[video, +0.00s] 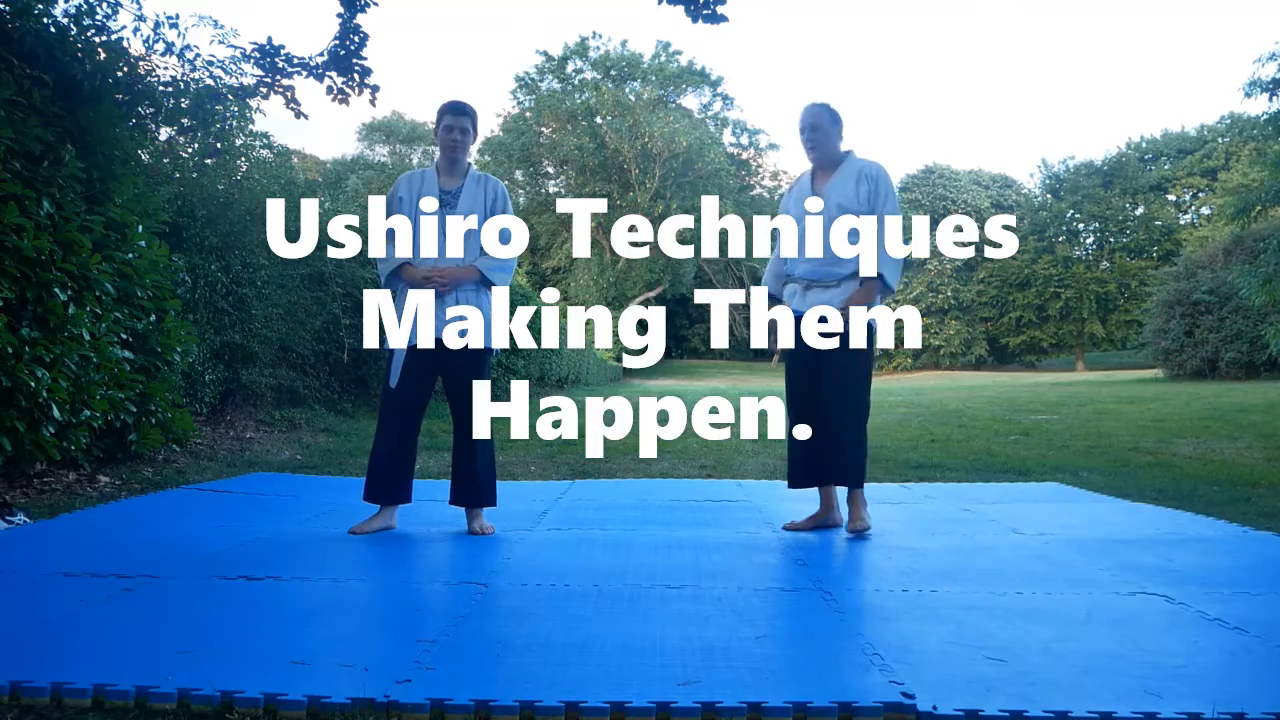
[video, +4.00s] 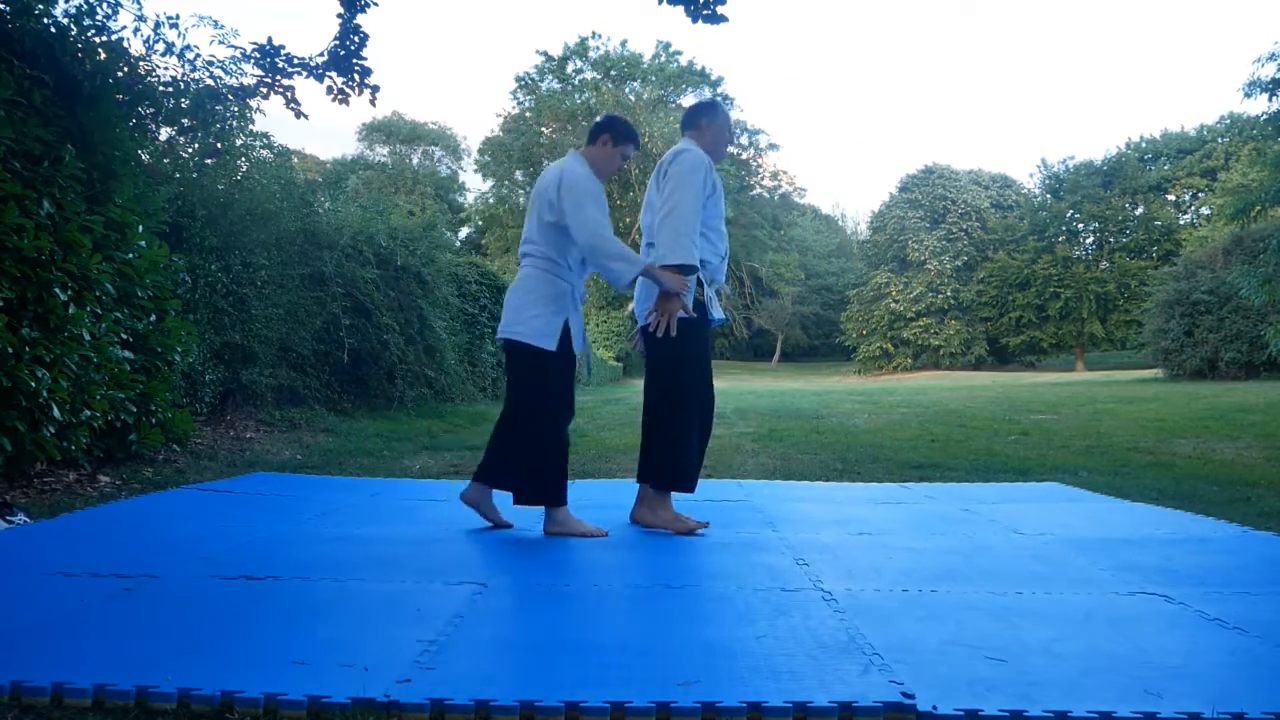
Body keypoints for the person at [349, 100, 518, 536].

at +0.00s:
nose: (456, 137)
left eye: (464, 131)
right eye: (449, 129)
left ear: (475, 139)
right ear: (435, 133)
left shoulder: (492, 190)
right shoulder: (406, 186)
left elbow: (504, 259)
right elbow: (389, 256)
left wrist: (457, 274)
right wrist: (421, 277)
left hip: (470, 322)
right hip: (414, 320)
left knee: (473, 415)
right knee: (399, 411)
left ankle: (475, 512)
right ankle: (387, 510)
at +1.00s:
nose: (453, 137)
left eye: (462, 131)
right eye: (447, 129)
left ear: (473, 139)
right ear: (434, 133)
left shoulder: (492, 191)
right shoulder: (406, 186)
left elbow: (504, 256)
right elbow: (383, 247)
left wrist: (458, 275)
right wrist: (412, 275)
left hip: (469, 321)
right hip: (414, 319)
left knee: (472, 420)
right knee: (396, 416)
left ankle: (475, 513)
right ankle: (387, 510)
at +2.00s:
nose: (452, 137)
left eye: (460, 131)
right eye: (446, 129)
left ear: (472, 139)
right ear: (433, 134)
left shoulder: (491, 190)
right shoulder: (405, 186)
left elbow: (503, 256)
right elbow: (383, 246)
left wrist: (457, 275)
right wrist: (412, 276)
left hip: (469, 321)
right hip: (413, 319)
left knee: (472, 420)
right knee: (397, 415)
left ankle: (475, 513)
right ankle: (387, 510)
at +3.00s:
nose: (514, 160)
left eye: (517, 153)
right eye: (512, 150)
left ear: (499, 147)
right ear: (489, 140)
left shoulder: (497, 203)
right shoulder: (439, 178)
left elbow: (496, 266)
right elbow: (410, 238)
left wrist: (502, 317)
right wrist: (432, 290)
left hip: (475, 325)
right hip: (424, 317)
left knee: (478, 412)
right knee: (400, 413)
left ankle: (463, 508)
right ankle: (386, 510)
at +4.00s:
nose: (622, 168)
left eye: (626, 160)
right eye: (623, 157)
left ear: (598, 142)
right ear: (604, 142)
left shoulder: (564, 173)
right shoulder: (576, 176)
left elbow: (592, 251)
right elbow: (594, 240)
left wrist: (641, 277)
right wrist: (654, 271)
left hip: (536, 304)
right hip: (545, 308)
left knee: (526, 404)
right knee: (554, 409)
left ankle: (481, 488)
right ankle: (557, 513)